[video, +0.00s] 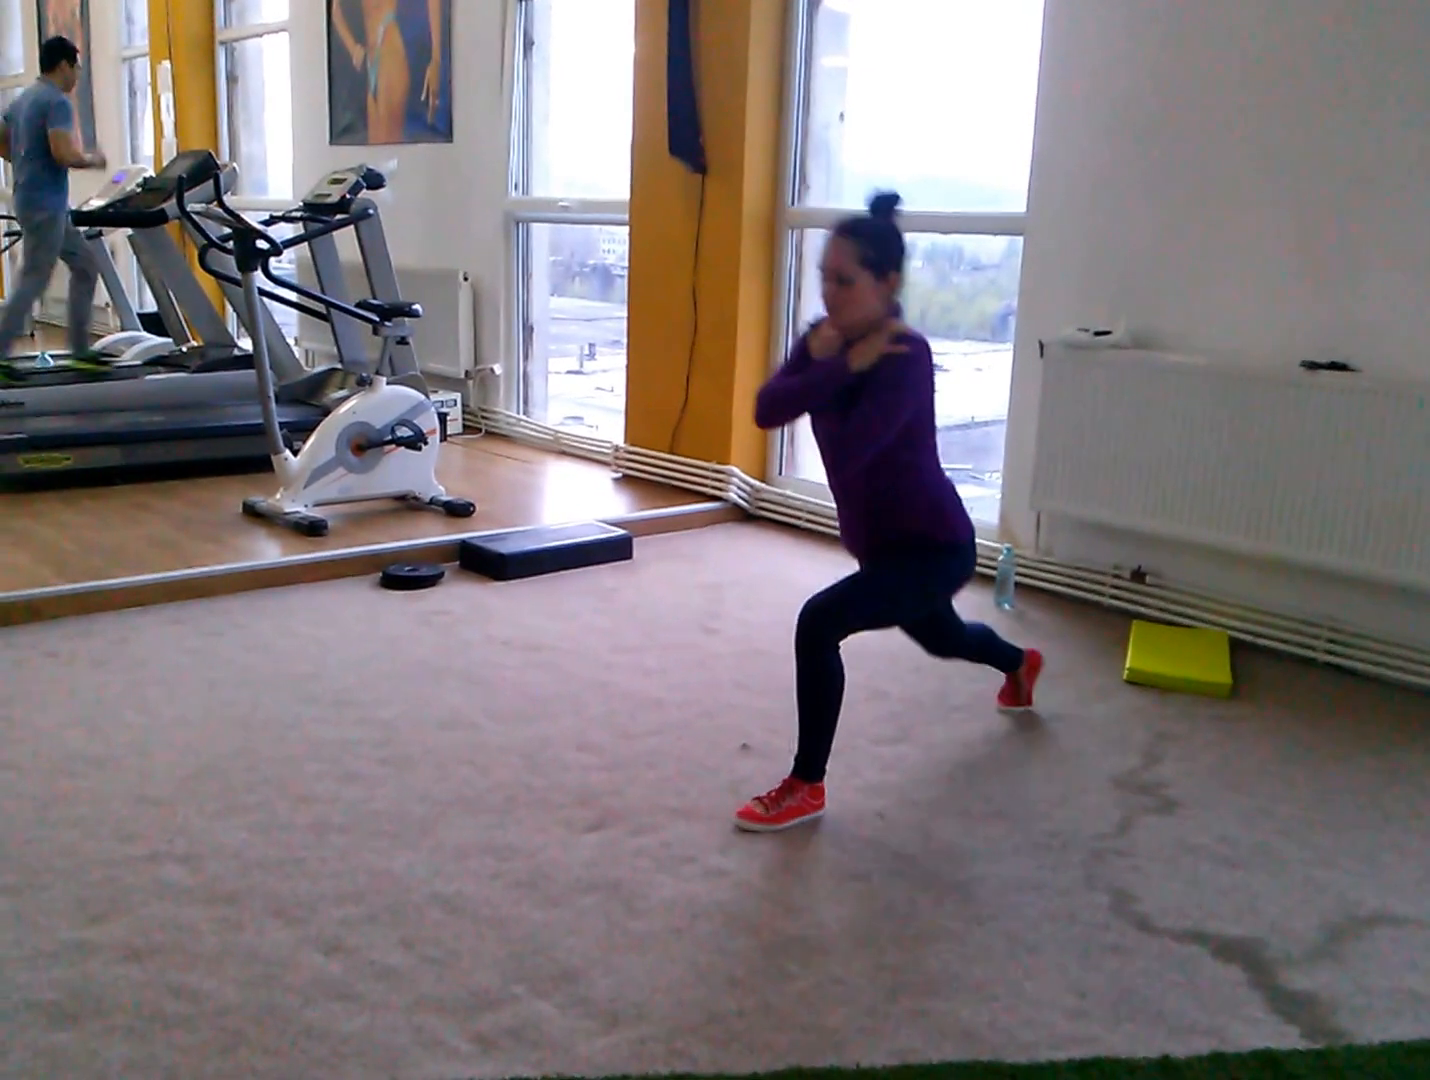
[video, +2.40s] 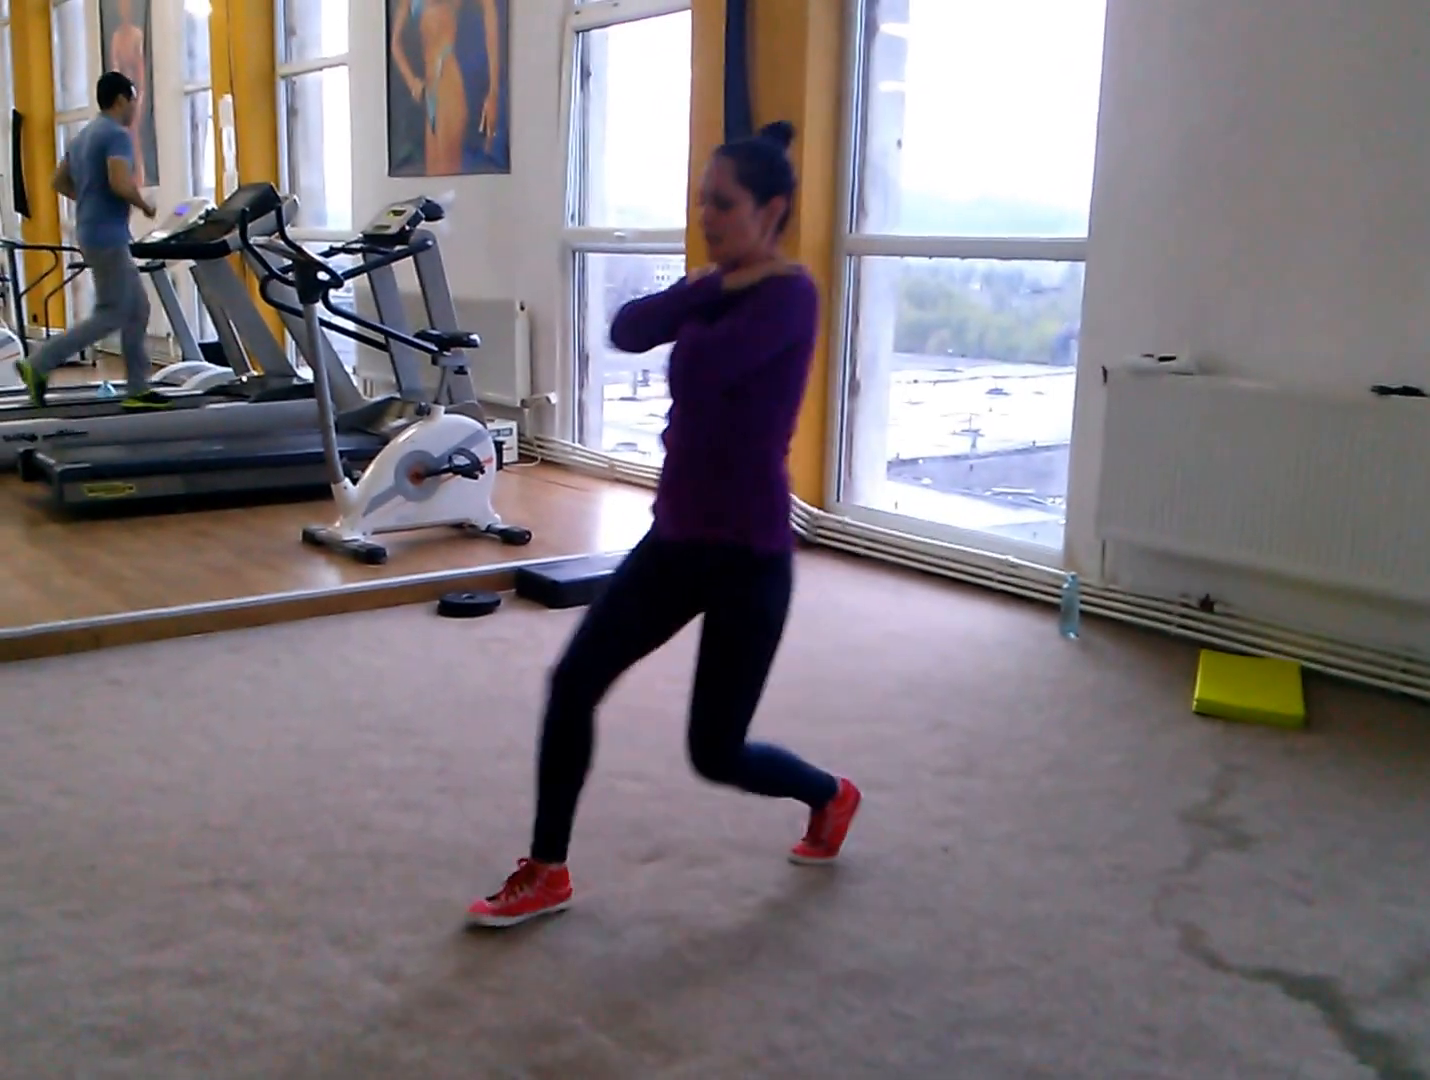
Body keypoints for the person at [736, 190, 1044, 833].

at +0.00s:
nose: (830, 293)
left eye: (845, 280)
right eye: (825, 278)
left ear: (888, 285)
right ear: (821, 280)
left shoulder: (907, 358)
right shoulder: (819, 342)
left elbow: (853, 449)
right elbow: (766, 412)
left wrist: (815, 371)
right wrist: (845, 365)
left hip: (935, 551)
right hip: (879, 549)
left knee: (818, 622)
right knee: (946, 638)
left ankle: (806, 785)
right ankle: (1020, 662)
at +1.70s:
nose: (791, 212)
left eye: (808, 198)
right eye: (787, 197)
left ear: (856, 211)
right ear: (785, 207)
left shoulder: (869, 297)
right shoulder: (782, 286)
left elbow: (822, 404)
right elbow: (724, 366)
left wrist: (770, 321)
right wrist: (789, 306)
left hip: (916, 502)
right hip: (859, 506)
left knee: (826, 646)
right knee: (863, 655)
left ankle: (843, 806)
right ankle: (965, 675)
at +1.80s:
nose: (790, 172)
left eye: (808, 162)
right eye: (789, 160)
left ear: (856, 181)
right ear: (793, 173)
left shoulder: (868, 266)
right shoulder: (787, 256)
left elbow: (804, 362)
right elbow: (719, 329)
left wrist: (778, 284)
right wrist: (780, 273)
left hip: (898, 492)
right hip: (835, 490)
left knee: (822, 646)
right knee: (797, 640)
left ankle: (845, 807)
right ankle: (907, 694)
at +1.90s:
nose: (794, 154)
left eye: (812, 143)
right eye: (792, 142)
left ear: (859, 159)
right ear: (792, 155)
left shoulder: (870, 245)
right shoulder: (787, 237)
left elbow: (793, 337)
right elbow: (716, 302)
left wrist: (772, 264)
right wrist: (792, 243)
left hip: (878, 490)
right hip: (813, 484)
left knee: (816, 657)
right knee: (749, 631)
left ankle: (850, 808)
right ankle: (827, 734)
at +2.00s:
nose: (790, 147)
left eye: (809, 135)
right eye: (790, 133)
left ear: (859, 152)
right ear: (796, 146)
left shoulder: (871, 238)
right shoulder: (793, 236)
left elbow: (790, 323)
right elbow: (710, 287)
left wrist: (768, 252)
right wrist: (798, 237)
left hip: (854, 492)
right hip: (785, 484)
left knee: (804, 661)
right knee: (713, 628)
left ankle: (850, 808)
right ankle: (730, 787)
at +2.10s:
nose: (783, 157)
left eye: (801, 144)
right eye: (780, 143)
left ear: (851, 156)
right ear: (780, 152)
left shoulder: (865, 242)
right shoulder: (784, 240)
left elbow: (782, 325)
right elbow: (704, 287)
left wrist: (768, 255)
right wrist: (785, 236)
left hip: (833, 499)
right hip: (758, 490)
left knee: (794, 673)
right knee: (686, 646)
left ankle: (852, 810)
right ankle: (642, 817)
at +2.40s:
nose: (708, 218)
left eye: (724, 204)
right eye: (704, 203)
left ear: (773, 212)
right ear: (703, 207)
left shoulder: (792, 295)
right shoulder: (711, 291)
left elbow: (712, 364)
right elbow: (627, 332)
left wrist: (695, 302)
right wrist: (718, 285)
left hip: (751, 555)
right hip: (676, 542)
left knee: (715, 752)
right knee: (573, 682)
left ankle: (830, 793)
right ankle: (546, 868)